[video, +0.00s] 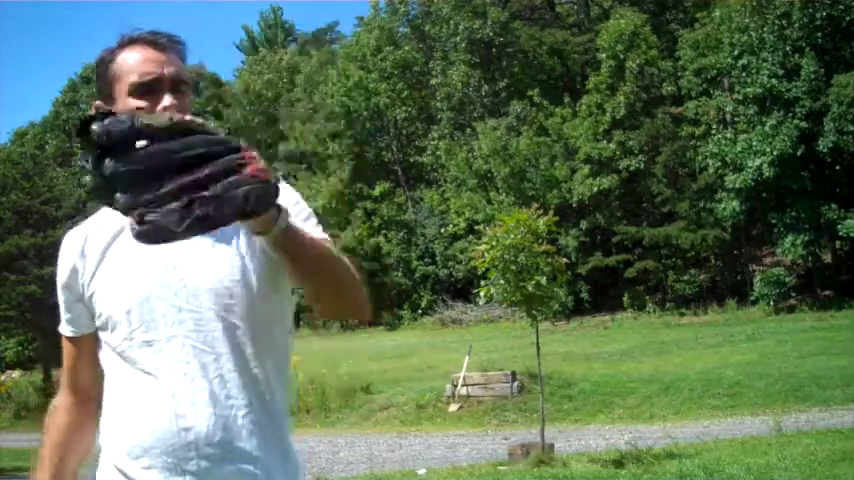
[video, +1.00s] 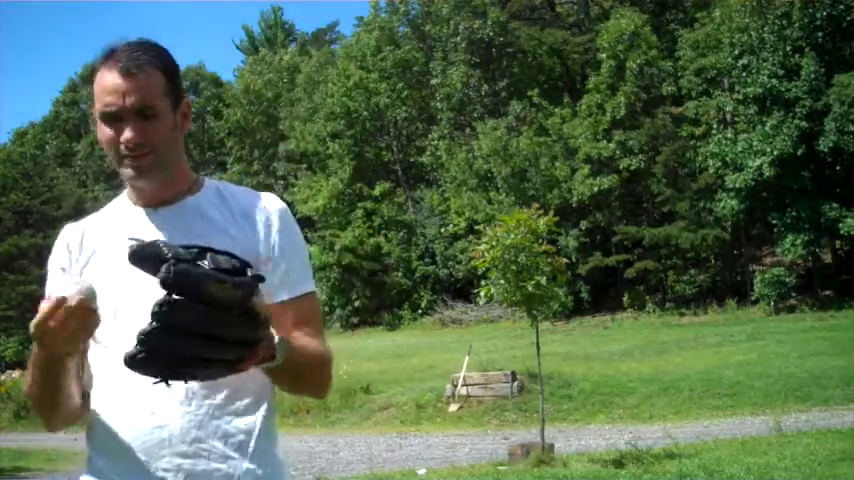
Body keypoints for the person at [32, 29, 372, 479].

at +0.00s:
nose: (169, 102)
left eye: (179, 88)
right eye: (147, 91)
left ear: (194, 98)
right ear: (107, 112)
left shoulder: (267, 200)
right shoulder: (87, 245)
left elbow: (354, 307)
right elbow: (77, 396)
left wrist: (273, 227)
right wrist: (48, 474)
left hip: (258, 465)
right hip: (136, 469)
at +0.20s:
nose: (129, 129)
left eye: (145, 108)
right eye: (111, 113)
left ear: (181, 114)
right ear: (93, 126)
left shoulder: (258, 211)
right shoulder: (88, 239)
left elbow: (314, 369)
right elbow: (77, 417)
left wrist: (213, 312)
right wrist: (64, 386)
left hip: (246, 466)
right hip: (129, 469)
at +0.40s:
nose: (120, 144)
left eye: (137, 120)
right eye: (104, 126)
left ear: (180, 116)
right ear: (92, 127)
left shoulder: (262, 217)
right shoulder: (82, 241)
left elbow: (308, 378)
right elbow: (68, 418)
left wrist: (224, 336)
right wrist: (66, 366)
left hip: (244, 468)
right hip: (123, 470)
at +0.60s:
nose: (119, 145)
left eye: (137, 121)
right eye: (104, 126)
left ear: (180, 116)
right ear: (92, 128)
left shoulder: (267, 217)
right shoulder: (78, 245)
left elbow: (323, 377)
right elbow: (63, 421)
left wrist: (278, 346)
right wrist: (68, 371)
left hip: (247, 469)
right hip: (124, 470)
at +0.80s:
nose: (123, 144)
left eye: (140, 121)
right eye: (107, 125)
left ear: (182, 117)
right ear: (94, 127)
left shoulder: (266, 219)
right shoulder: (77, 244)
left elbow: (321, 379)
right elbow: (58, 419)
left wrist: (281, 351)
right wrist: (59, 362)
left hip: (248, 469)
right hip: (126, 470)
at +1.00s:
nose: (130, 136)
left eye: (146, 115)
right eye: (113, 119)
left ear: (183, 116)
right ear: (96, 128)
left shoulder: (263, 218)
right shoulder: (79, 242)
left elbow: (318, 376)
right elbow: (57, 415)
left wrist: (268, 350)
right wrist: (50, 353)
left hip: (243, 468)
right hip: (123, 469)